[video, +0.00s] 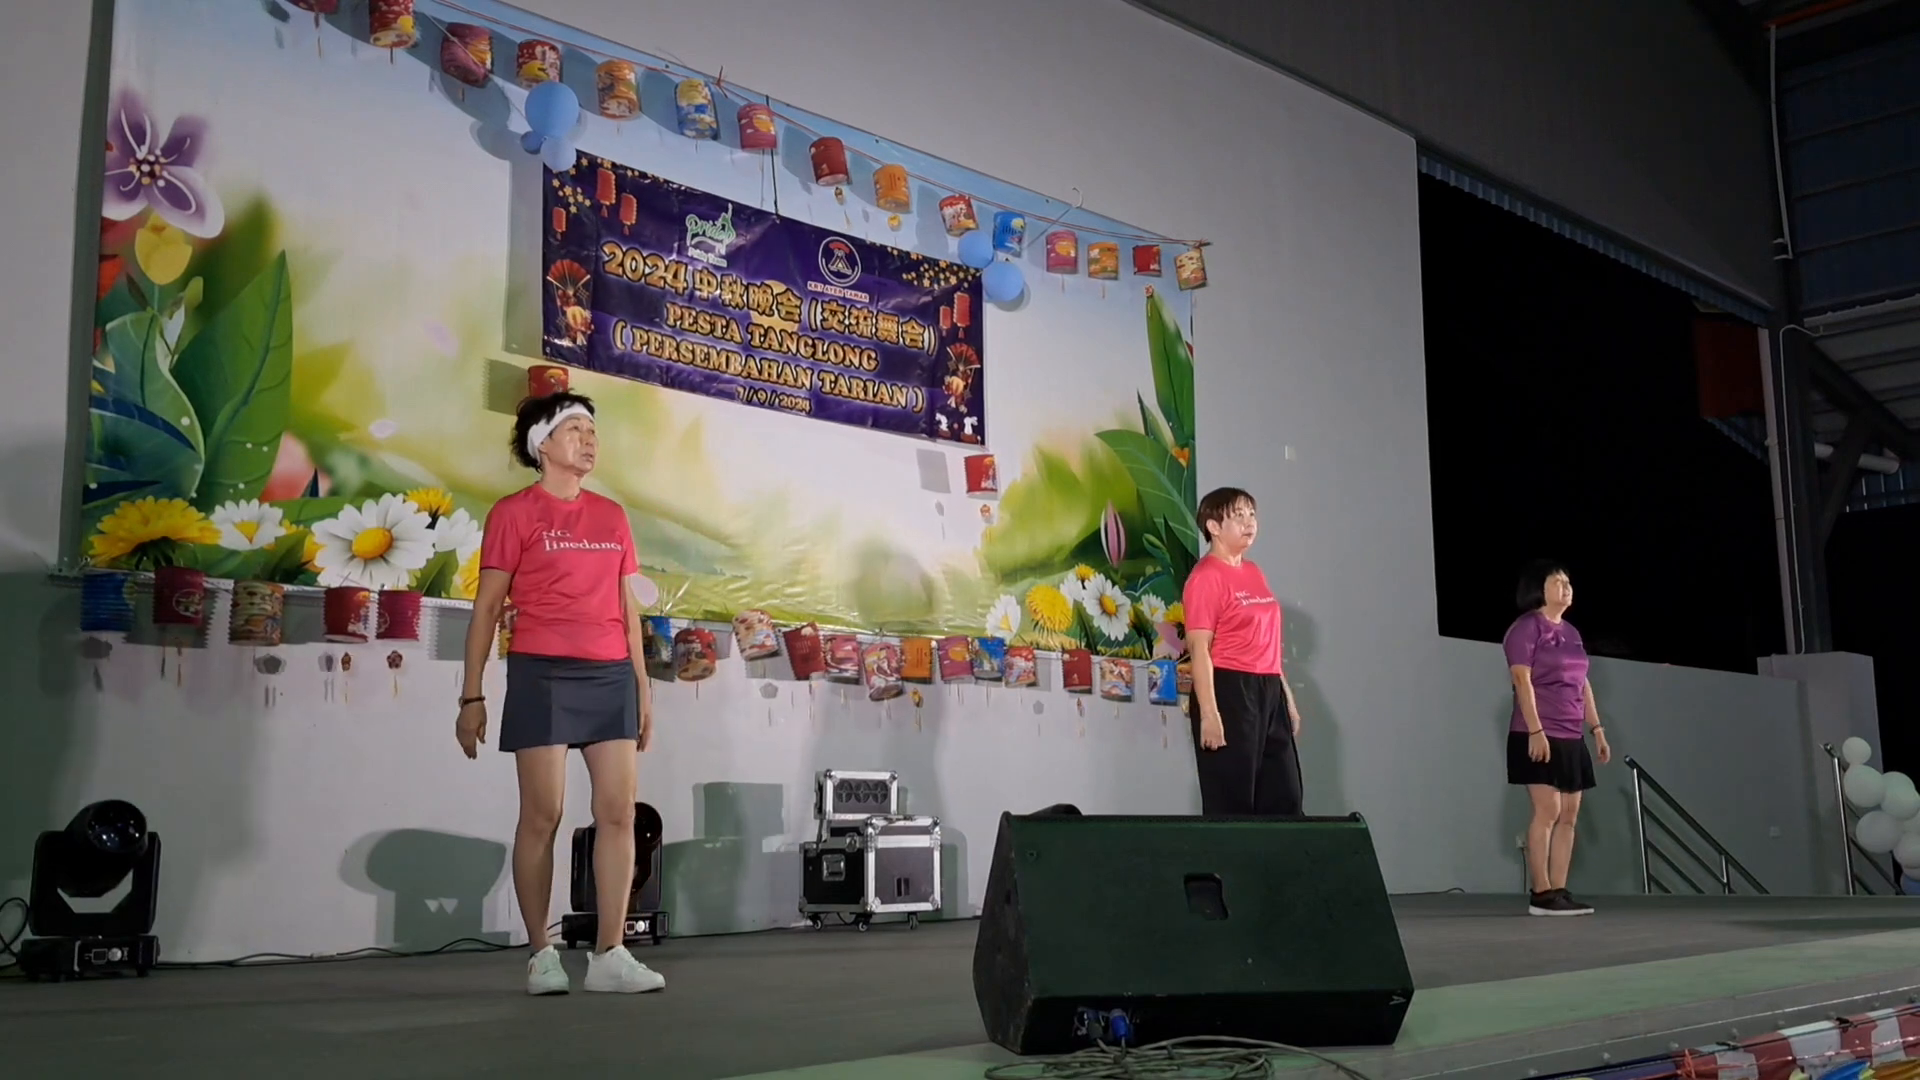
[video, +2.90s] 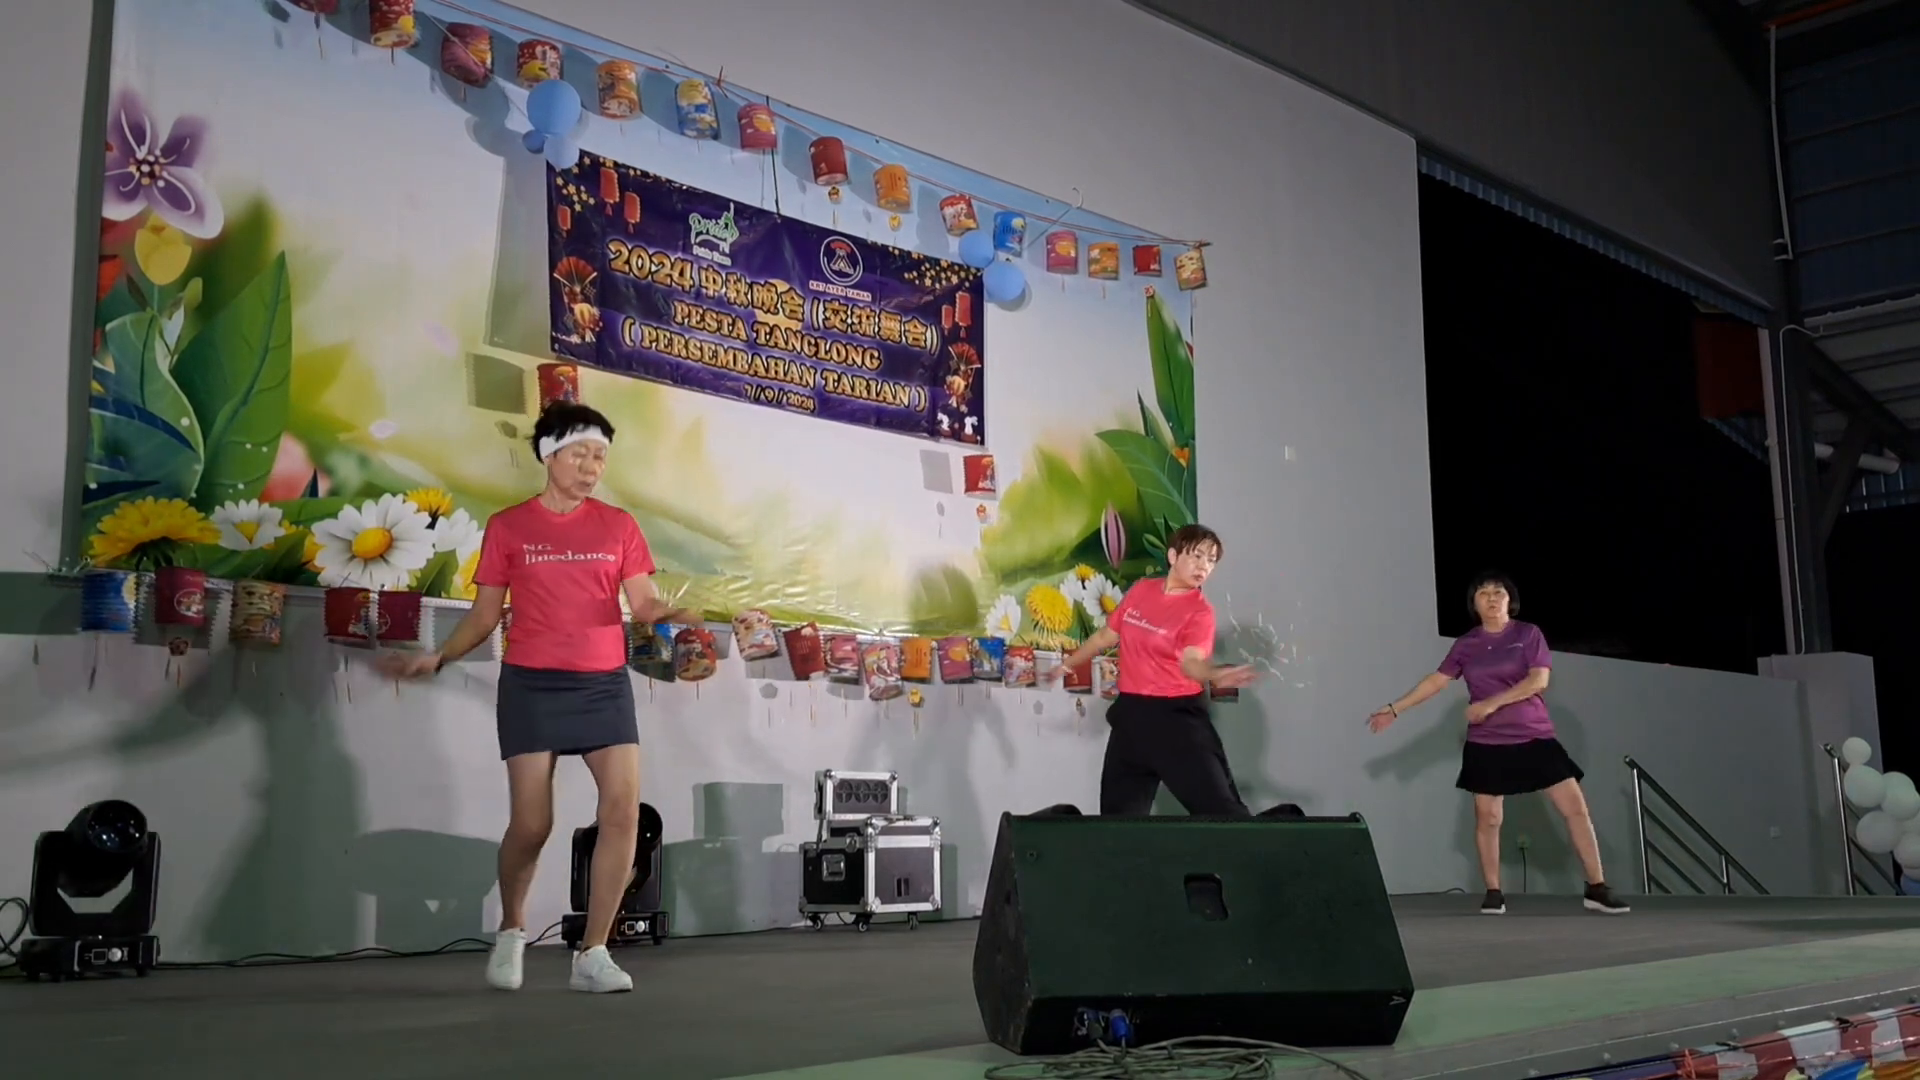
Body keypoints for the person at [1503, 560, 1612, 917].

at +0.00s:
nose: (1566, 588)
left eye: (1568, 583)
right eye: (1557, 582)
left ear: (1570, 592)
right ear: (1539, 589)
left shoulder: (1572, 634)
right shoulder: (1525, 629)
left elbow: (1582, 685)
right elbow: (1522, 683)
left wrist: (1597, 730)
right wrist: (1536, 731)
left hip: (1572, 737)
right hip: (1537, 735)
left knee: (1568, 814)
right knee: (1547, 810)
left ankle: (1558, 890)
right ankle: (1541, 892)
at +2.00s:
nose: (1551, 590)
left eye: (1554, 585)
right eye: (1542, 585)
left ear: (1558, 594)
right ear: (1526, 593)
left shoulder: (1556, 634)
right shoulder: (1521, 629)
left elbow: (1563, 685)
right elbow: (1523, 682)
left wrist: (1575, 730)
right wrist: (1547, 730)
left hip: (1572, 736)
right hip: (1541, 736)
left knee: (1565, 816)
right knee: (1547, 812)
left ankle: (1555, 890)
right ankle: (1537, 892)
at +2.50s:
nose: (1540, 586)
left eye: (1546, 582)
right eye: (1532, 582)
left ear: (1555, 594)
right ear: (1519, 594)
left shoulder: (1570, 636)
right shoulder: (1504, 631)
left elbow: (1592, 679)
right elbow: (1494, 679)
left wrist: (1619, 722)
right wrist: (1510, 724)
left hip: (1559, 738)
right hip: (1518, 735)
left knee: (1564, 812)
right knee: (1528, 810)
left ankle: (1554, 892)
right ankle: (1521, 890)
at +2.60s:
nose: (1527, 588)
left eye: (1533, 583)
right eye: (1519, 584)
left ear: (1544, 593)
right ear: (1508, 595)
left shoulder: (1565, 634)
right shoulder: (1495, 633)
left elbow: (1592, 675)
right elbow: (1474, 677)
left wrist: (1616, 713)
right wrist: (1469, 712)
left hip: (1558, 738)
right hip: (1511, 737)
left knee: (1565, 813)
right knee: (1513, 813)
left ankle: (1553, 892)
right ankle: (1498, 882)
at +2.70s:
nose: (1511, 591)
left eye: (1517, 586)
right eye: (1504, 587)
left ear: (1529, 594)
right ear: (1494, 598)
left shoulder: (1553, 631)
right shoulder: (1482, 637)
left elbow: (1577, 669)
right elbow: (1453, 676)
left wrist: (1582, 701)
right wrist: (1426, 706)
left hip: (1552, 737)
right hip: (1503, 739)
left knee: (1571, 811)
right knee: (1498, 815)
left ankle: (1555, 890)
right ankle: (1494, 889)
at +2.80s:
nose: (1499, 597)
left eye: (1505, 591)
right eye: (1492, 592)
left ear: (1517, 597)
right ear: (1482, 601)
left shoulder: (1540, 633)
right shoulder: (1471, 642)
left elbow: (1558, 675)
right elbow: (1438, 679)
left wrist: (1535, 696)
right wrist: (1397, 707)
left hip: (1543, 740)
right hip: (1492, 743)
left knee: (1584, 803)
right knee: (1492, 817)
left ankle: (1569, 882)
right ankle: (1493, 892)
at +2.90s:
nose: (1492, 599)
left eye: (1498, 593)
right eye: (1484, 594)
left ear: (1509, 599)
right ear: (1475, 603)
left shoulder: (1528, 634)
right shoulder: (1466, 645)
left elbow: (1539, 681)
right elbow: (1436, 681)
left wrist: (1491, 703)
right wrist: (1394, 708)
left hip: (1536, 741)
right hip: (1486, 744)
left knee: (1576, 807)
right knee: (1488, 816)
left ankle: (1597, 887)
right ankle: (1493, 892)